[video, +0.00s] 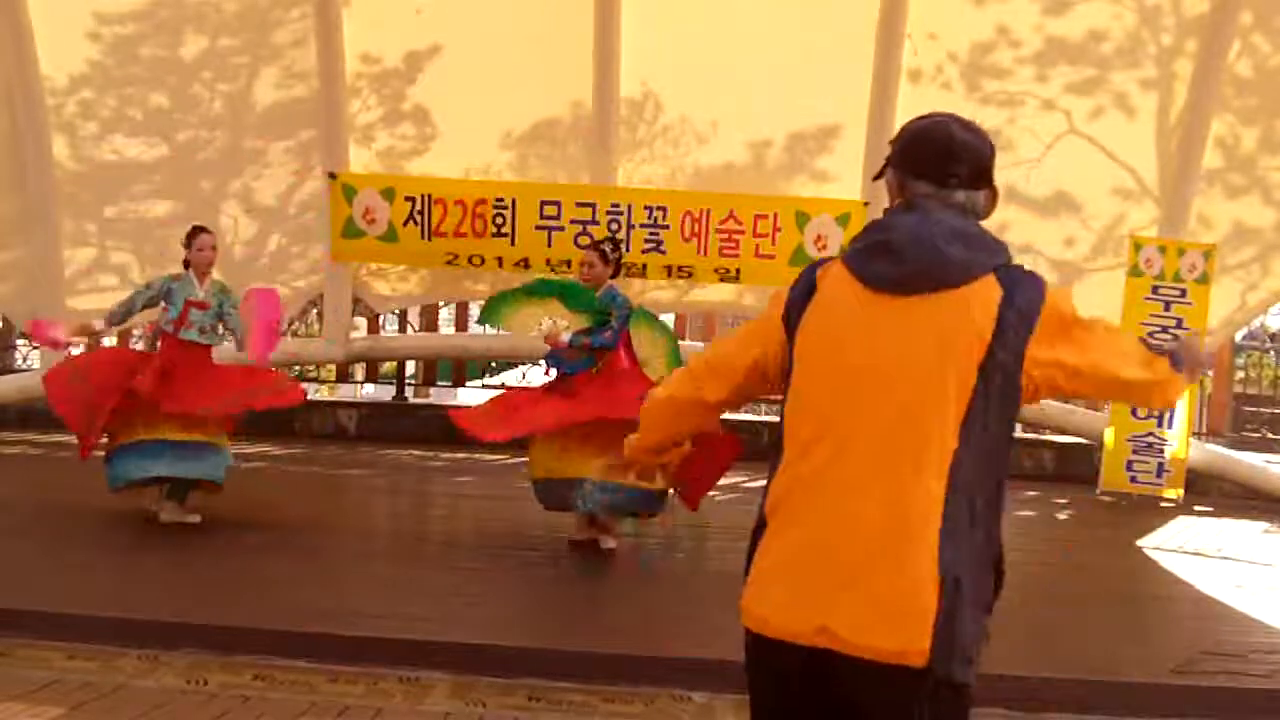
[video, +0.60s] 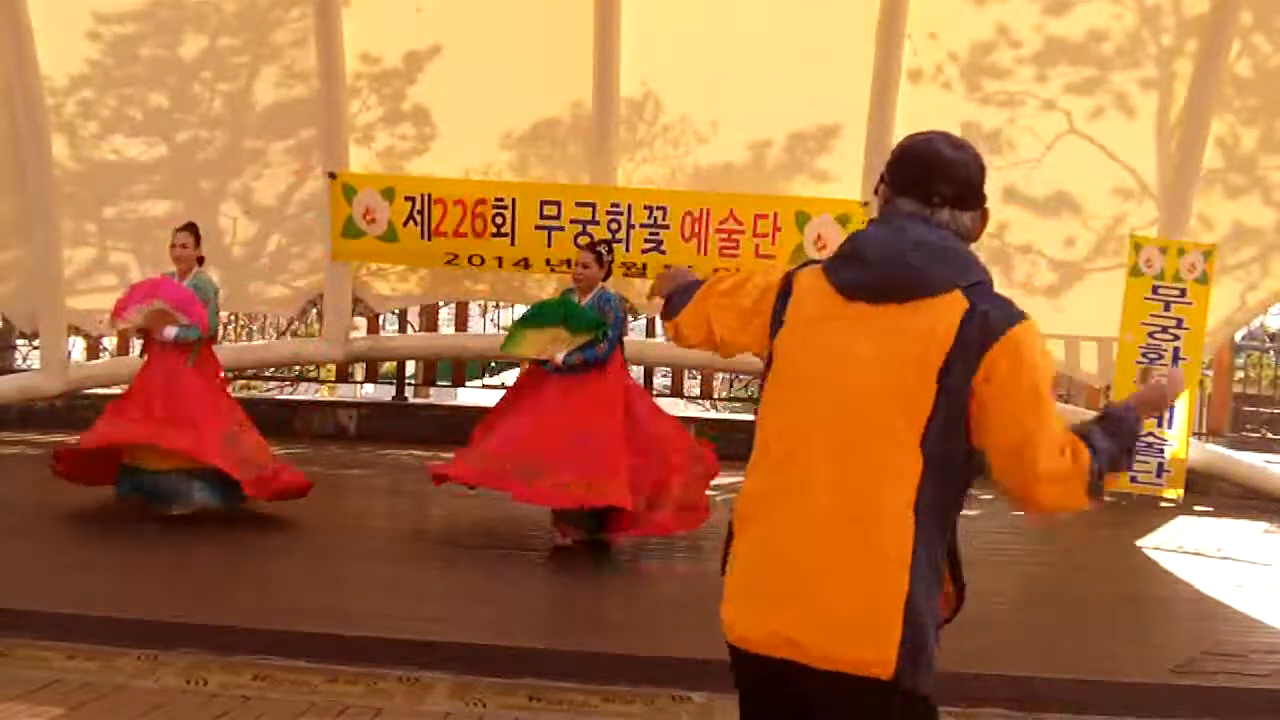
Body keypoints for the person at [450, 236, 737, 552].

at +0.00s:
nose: (582, 272)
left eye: (590, 266)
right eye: (581, 265)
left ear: (610, 269)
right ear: (582, 267)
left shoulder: (616, 301)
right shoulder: (587, 300)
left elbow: (610, 340)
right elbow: (589, 340)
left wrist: (569, 341)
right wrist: (560, 338)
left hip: (610, 386)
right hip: (585, 385)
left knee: (603, 451)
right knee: (584, 448)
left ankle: (605, 529)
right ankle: (586, 526)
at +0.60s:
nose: (579, 271)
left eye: (587, 265)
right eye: (577, 264)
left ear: (603, 270)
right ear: (573, 267)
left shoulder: (611, 303)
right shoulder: (566, 299)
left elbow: (605, 347)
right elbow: (547, 334)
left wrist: (567, 360)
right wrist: (540, 353)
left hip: (600, 387)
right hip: (565, 385)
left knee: (597, 453)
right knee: (567, 453)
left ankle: (597, 527)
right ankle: (572, 525)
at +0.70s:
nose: (578, 270)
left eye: (586, 265)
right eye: (576, 264)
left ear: (603, 270)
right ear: (573, 267)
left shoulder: (612, 304)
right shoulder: (564, 298)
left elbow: (604, 348)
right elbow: (533, 317)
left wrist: (564, 360)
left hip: (597, 385)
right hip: (562, 383)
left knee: (588, 449)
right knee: (558, 449)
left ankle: (577, 523)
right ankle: (556, 524)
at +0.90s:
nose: (579, 271)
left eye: (588, 266)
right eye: (577, 264)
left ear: (606, 272)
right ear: (573, 266)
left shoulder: (613, 304)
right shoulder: (561, 293)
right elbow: (522, 294)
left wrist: (566, 360)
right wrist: (483, 279)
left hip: (596, 384)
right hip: (557, 380)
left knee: (576, 448)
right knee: (547, 441)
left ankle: (560, 527)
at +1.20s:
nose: (581, 267)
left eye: (589, 263)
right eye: (579, 262)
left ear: (607, 268)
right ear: (576, 264)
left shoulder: (615, 305)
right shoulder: (563, 290)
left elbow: (614, 349)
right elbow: (528, 270)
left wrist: (576, 362)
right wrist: (509, 232)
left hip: (594, 387)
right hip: (558, 383)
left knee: (579, 450)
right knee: (544, 444)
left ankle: (564, 526)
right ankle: (537, 524)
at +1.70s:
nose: (602, 264)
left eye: (609, 260)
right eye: (597, 257)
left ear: (618, 266)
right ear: (587, 261)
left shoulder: (622, 305)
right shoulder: (574, 289)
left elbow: (645, 345)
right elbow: (540, 267)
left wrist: (622, 351)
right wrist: (499, 246)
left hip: (606, 379)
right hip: (572, 374)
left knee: (598, 444)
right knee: (564, 442)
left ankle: (589, 518)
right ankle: (550, 520)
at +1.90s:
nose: (627, 267)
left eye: (628, 261)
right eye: (619, 260)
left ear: (628, 267)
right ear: (599, 262)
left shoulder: (633, 301)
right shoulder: (593, 292)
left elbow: (652, 339)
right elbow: (567, 276)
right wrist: (536, 263)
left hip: (624, 382)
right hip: (593, 380)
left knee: (616, 448)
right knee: (587, 447)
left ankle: (610, 526)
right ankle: (574, 525)